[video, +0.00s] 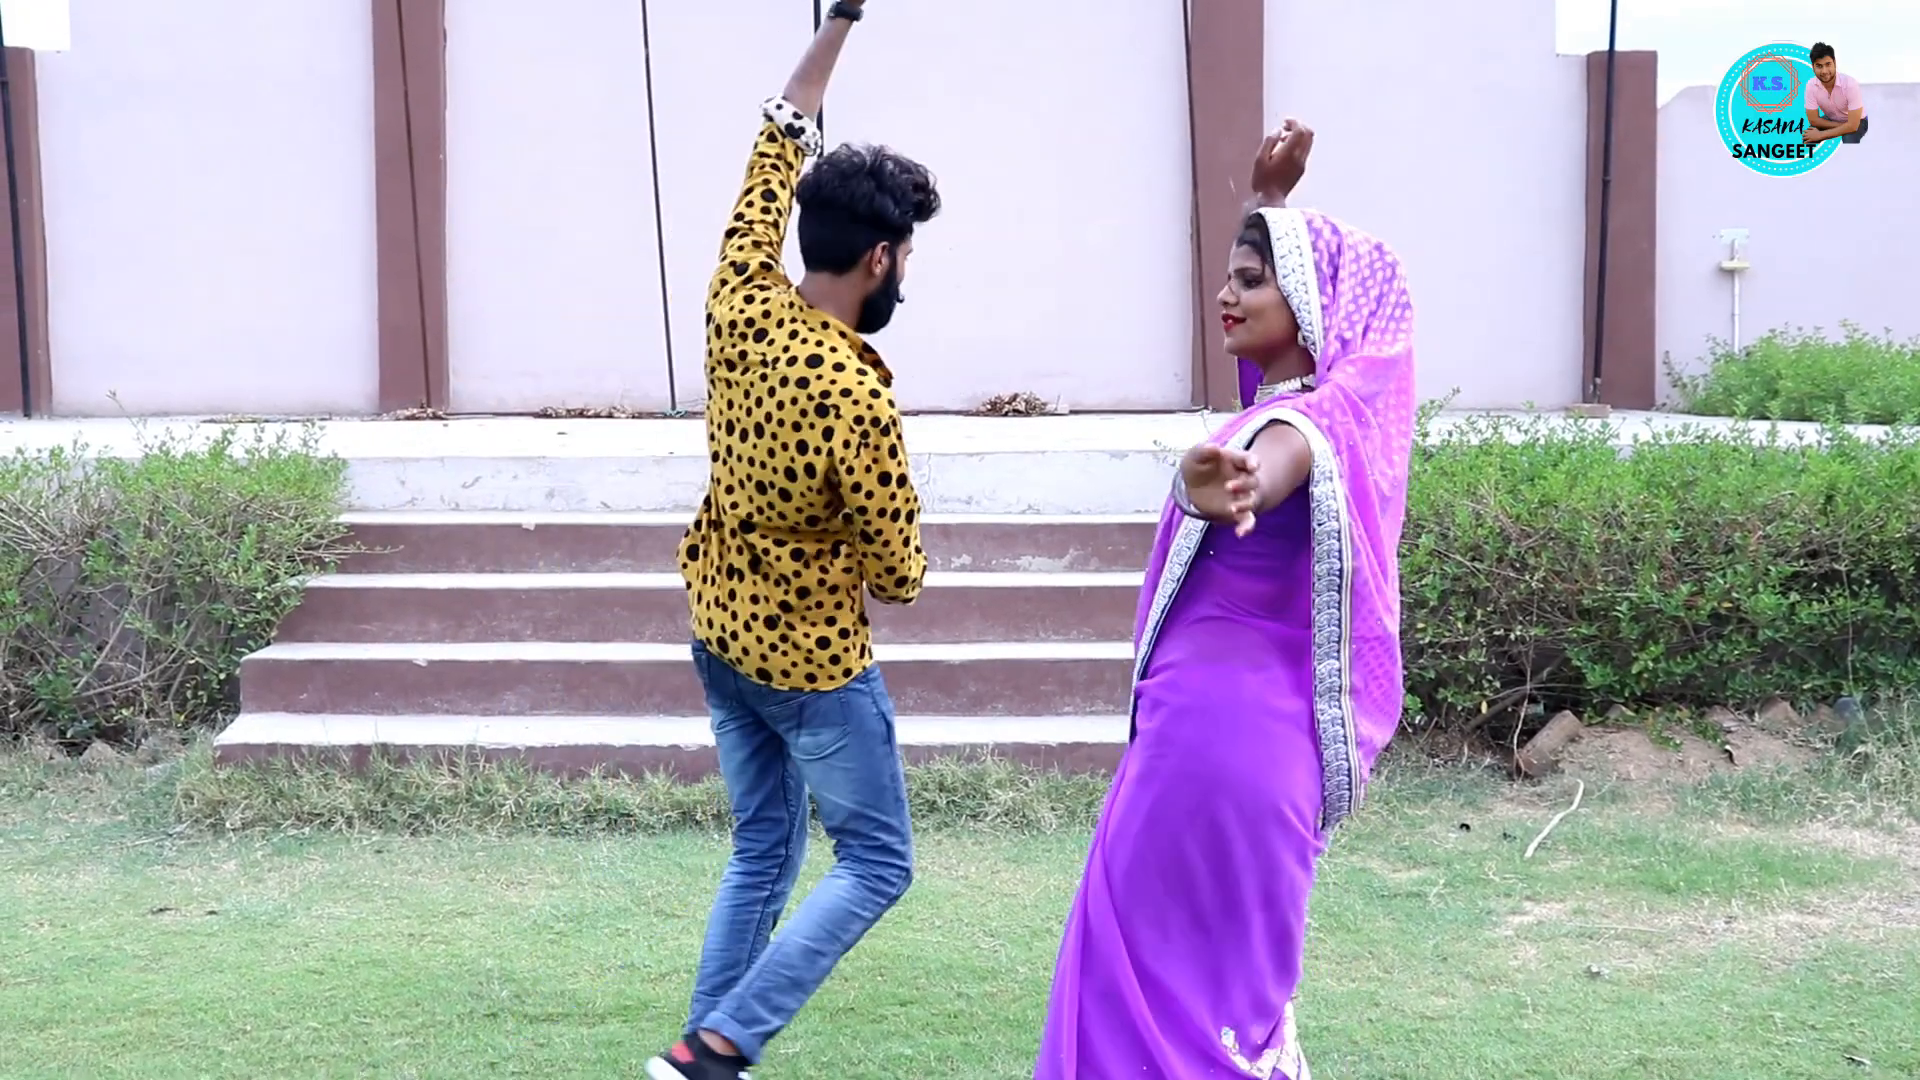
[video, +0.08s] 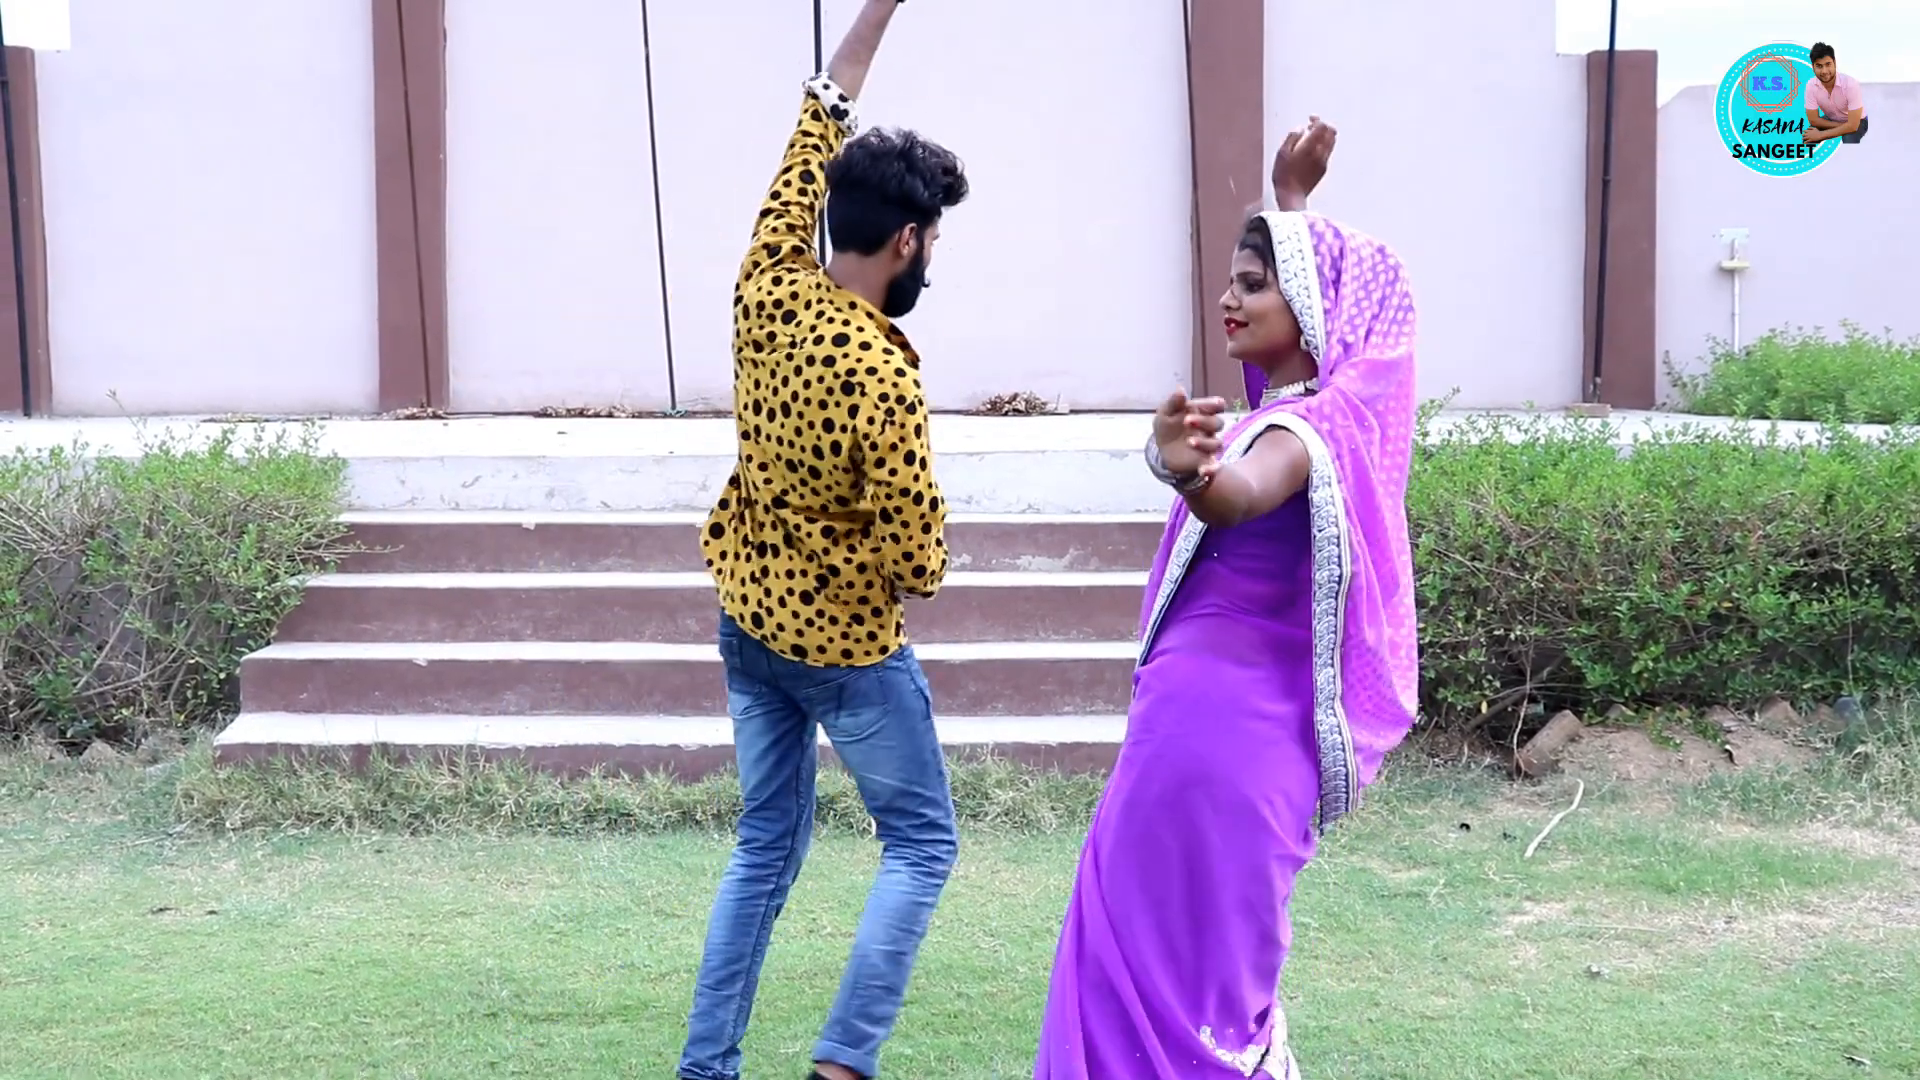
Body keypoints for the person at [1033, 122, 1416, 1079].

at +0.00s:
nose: (1228, 296)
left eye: (1251, 281)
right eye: (1229, 278)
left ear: (1310, 303)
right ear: (1309, 311)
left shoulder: (1296, 416)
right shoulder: (1324, 401)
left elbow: (1267, 464)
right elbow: (1276, 290)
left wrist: (1210, 485)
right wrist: (1270, 201)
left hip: (1218, 727)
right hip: (1259, 726)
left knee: (1116, 955)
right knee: (1235, 979)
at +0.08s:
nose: (1229, 299)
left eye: (1254, 284)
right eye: (1229, 281)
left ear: (1315, 308)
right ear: (1308, 315)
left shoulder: (1293, 423)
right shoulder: (1319, 409)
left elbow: (1247, 490)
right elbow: (1329, 294)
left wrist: (1191, 468)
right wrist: (1293, 200)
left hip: (1223, 736)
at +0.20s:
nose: (1233, 304)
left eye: (1256, 288)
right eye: (1233, 286)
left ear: (1319, 312)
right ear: (1320, 319)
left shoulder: (1307, 432)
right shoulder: (1315, 413)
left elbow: (1219, 518)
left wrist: (1165, 413)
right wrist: (1328, 253)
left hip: (1235, 742)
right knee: (1085, 908)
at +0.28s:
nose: (1233, 313)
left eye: (1258, 296)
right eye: (1235, 297)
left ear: (1326, 316)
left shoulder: (1298, 439)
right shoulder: (1341, 433)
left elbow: (1205, 532)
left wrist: (1152, 393)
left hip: (1232, 755)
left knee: (1096, 919)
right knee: (1075, 900)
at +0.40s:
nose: (1230, 320)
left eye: (1253, 304)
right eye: (1233, 303)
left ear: (1318, 323)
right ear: (1306, 331)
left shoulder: (1301, 443)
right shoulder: (1303, 432)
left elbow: (1173, 523)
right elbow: (1258, 627)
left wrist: (1131, 362)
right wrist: (1177, 751)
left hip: (1229, 765)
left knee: (1097, 965)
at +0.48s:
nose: (1229, 311)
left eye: (1253, 293)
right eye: (1231, 292)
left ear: (1318, 314)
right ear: (1313, 322)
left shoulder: (1295, 433)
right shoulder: (1338, 430)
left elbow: (1162, 493)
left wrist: (1101, 336)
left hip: (1224, 755)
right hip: (1277, 757)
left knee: (1110, 958)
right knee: (1255, 997)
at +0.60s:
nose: (1223, 304)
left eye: (1244, 286)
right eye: (1226, 285)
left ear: (1308, 302)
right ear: (1315, 311)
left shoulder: (1283, 419)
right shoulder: (1357, 414)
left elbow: (1146, 447)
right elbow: (1361, 344)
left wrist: (1051, 348)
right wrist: (1356, 261)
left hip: (1212, 738)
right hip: (1275, 737)